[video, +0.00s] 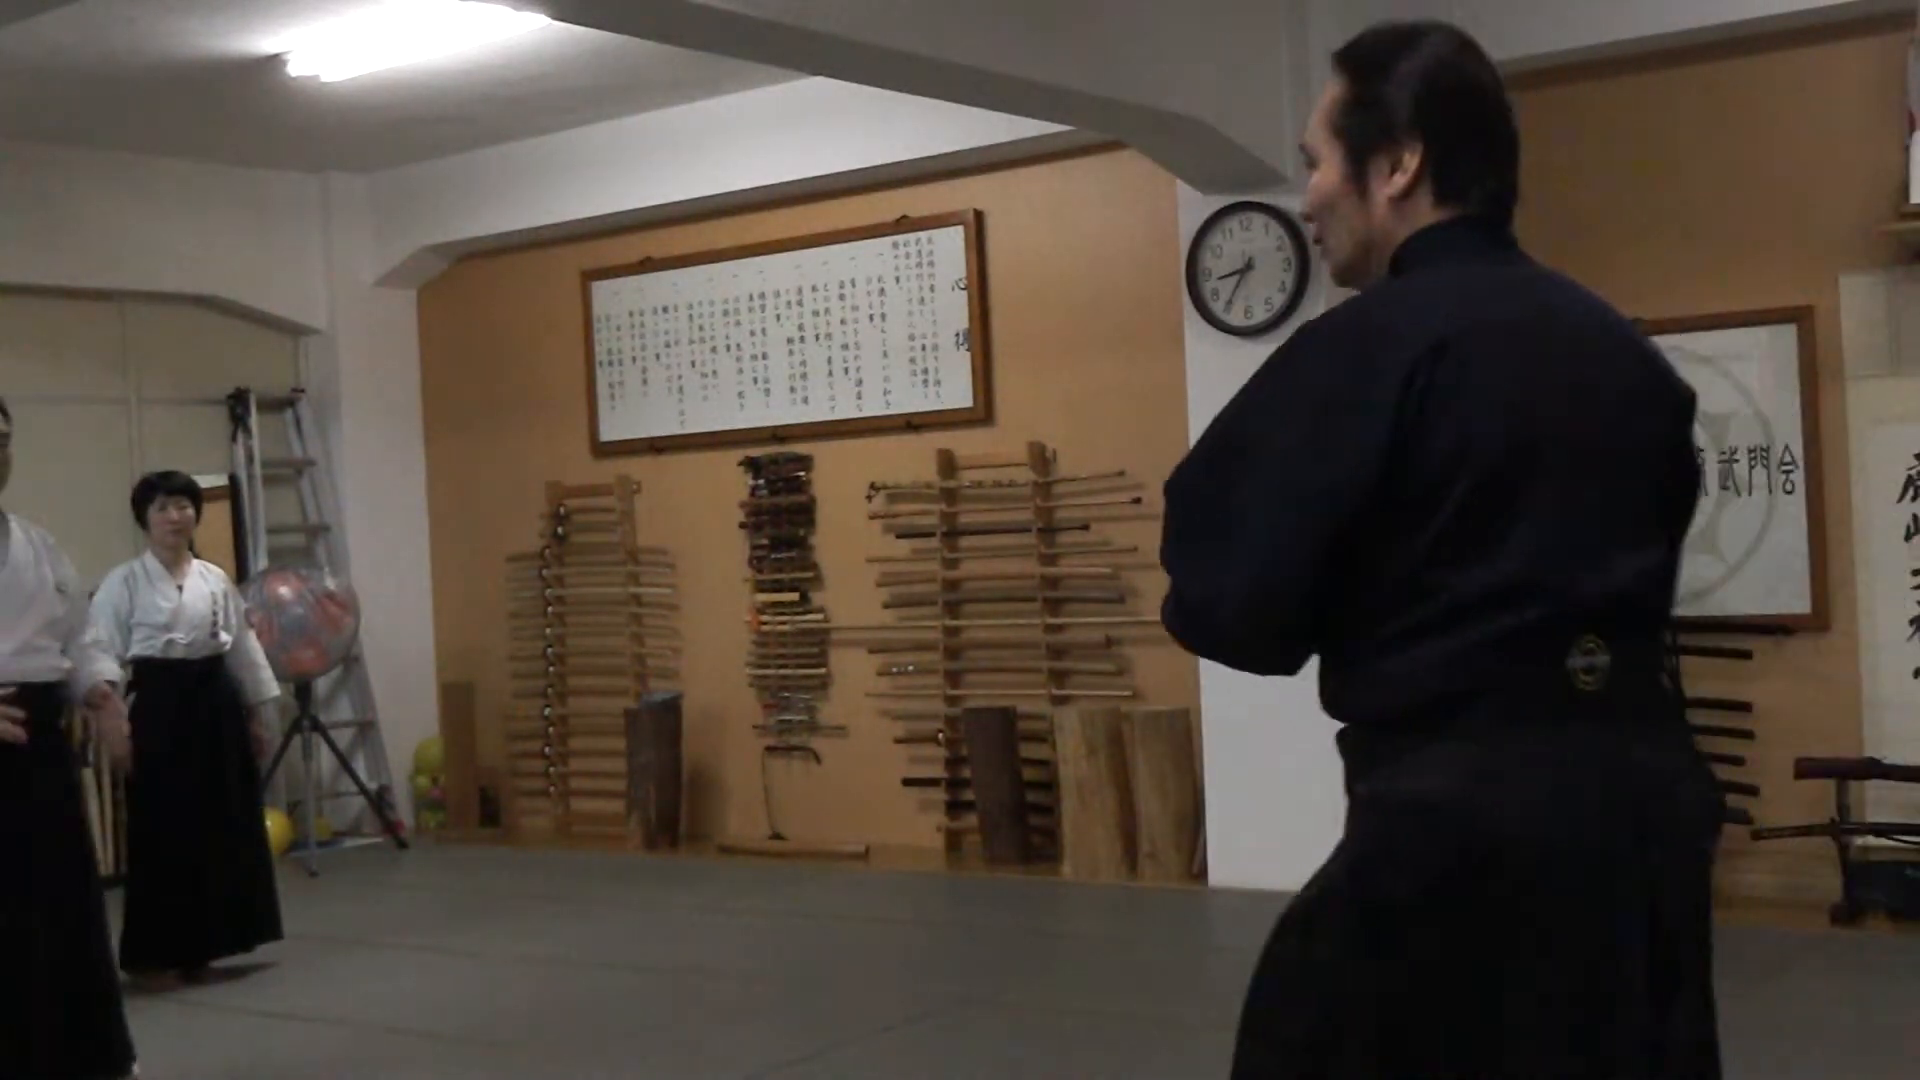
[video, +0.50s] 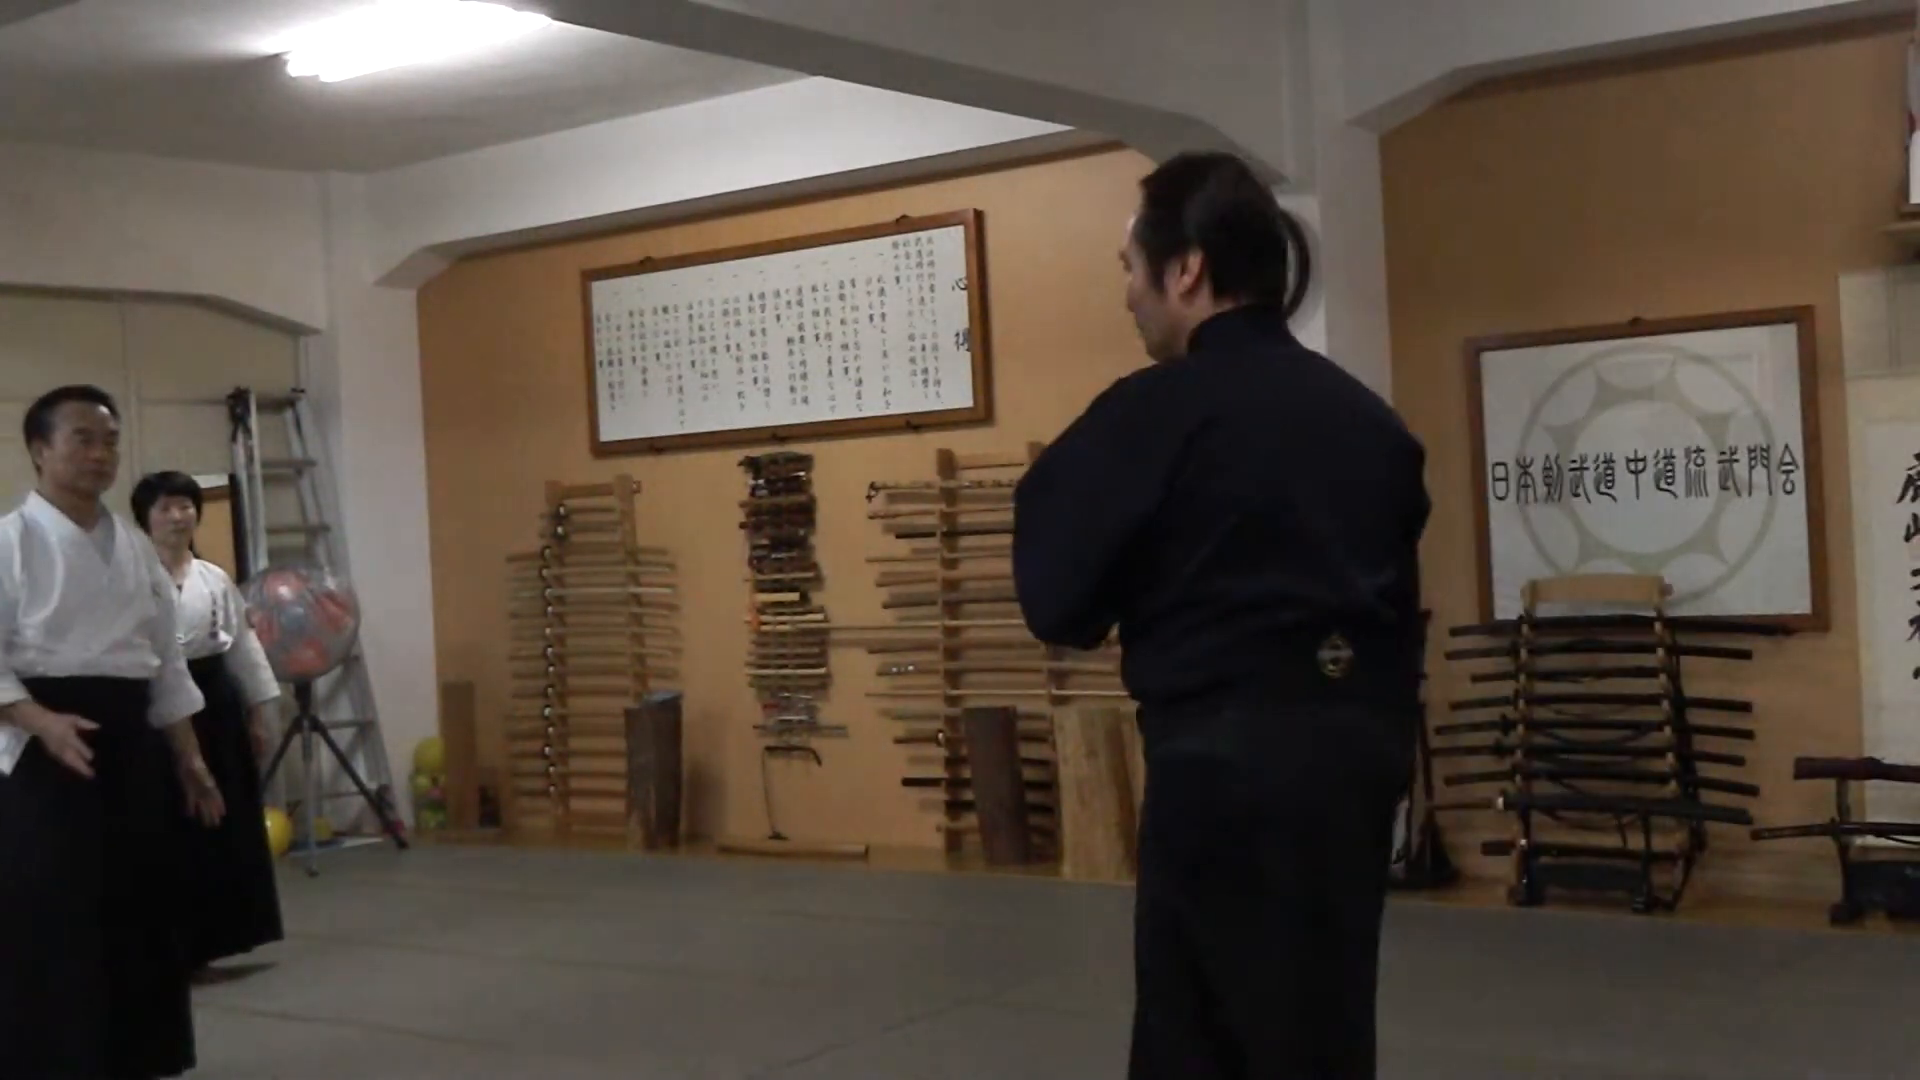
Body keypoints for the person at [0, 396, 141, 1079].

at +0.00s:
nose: (3, 446)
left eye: (6, 434)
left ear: (13, 447)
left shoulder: (34, 544)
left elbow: (79, 637)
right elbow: (79, 640)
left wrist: (104, 695)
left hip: (44, 727)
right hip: (16, 726)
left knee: (66, 896)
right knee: (31, 901)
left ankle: (94, 1052)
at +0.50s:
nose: (100, 452)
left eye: (109, 440)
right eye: (82, 438)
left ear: (118, 453)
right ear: (39, 450)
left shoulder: (135, 546)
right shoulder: (14, 538)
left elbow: (166, 659)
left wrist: (190, 754)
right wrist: (38, 721)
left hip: (132, 735)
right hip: (44, 738)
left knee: (140, 901)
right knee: (53, 909)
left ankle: (138, 1055)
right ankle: (56, 1058)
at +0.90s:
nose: (131, 450)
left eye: (140, 439)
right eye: (113, 436)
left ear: (147, 453)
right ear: (69, 449)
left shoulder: (162, 551)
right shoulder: (31, 544)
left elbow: (190, 664)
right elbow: (5, 653)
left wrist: (216, 753)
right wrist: (62, 715)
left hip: (155, 746)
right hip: (65, 748)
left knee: (162, 916)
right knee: (72, 922)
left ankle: (161, 1061)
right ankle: (75, 1063)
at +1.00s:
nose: (126, 451)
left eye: (135, 439)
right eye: (107, 436)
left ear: (142, 454)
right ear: (63, 450)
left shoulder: (159, 550)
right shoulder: (26, 547)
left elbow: (188, 664)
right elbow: (3, 660)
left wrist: (217, 750)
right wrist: (66, 706)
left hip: (156, 750)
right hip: (64, 753)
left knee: (164, 921)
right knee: (71, 928)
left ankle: (165, 1062)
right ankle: (80, 1064)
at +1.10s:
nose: (120, 451)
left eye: (128, 439)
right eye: (101, 437)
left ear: (135, 452)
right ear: (57, 450)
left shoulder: (150, 547)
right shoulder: (23, 545)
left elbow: (178, 654)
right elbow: (2, 663)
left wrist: (220, 722)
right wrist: (62, 670)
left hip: (149, 754)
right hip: (56, 764)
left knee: (155, 926)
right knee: (64, 936)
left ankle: (157, 1060)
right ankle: (73, 1064)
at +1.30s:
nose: (115, 461)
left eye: (123, 448)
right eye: (98, 446)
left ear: (128, 454)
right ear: (50, 451)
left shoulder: (120, 536)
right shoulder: (25, 526)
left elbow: (185, 636)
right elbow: (64, 581)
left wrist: (186, 590)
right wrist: (147, 551)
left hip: (123, 752)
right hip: (51, 760)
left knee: (138, 926)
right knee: (68, 936)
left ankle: (141, 1058)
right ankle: (77, 1063)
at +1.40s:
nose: (113, 461)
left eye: (119, 448)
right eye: (96, 446)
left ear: (120, 451)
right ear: (46, 451)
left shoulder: (93, 528)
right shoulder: (36, 522)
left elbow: (151, 635)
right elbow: (134, 531)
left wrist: (163, 588)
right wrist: (215, 523)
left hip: (107, 738)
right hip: (46, 748)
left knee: (123, 919)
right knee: (67, 931)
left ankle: (130, 1058)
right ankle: (75, 1062)